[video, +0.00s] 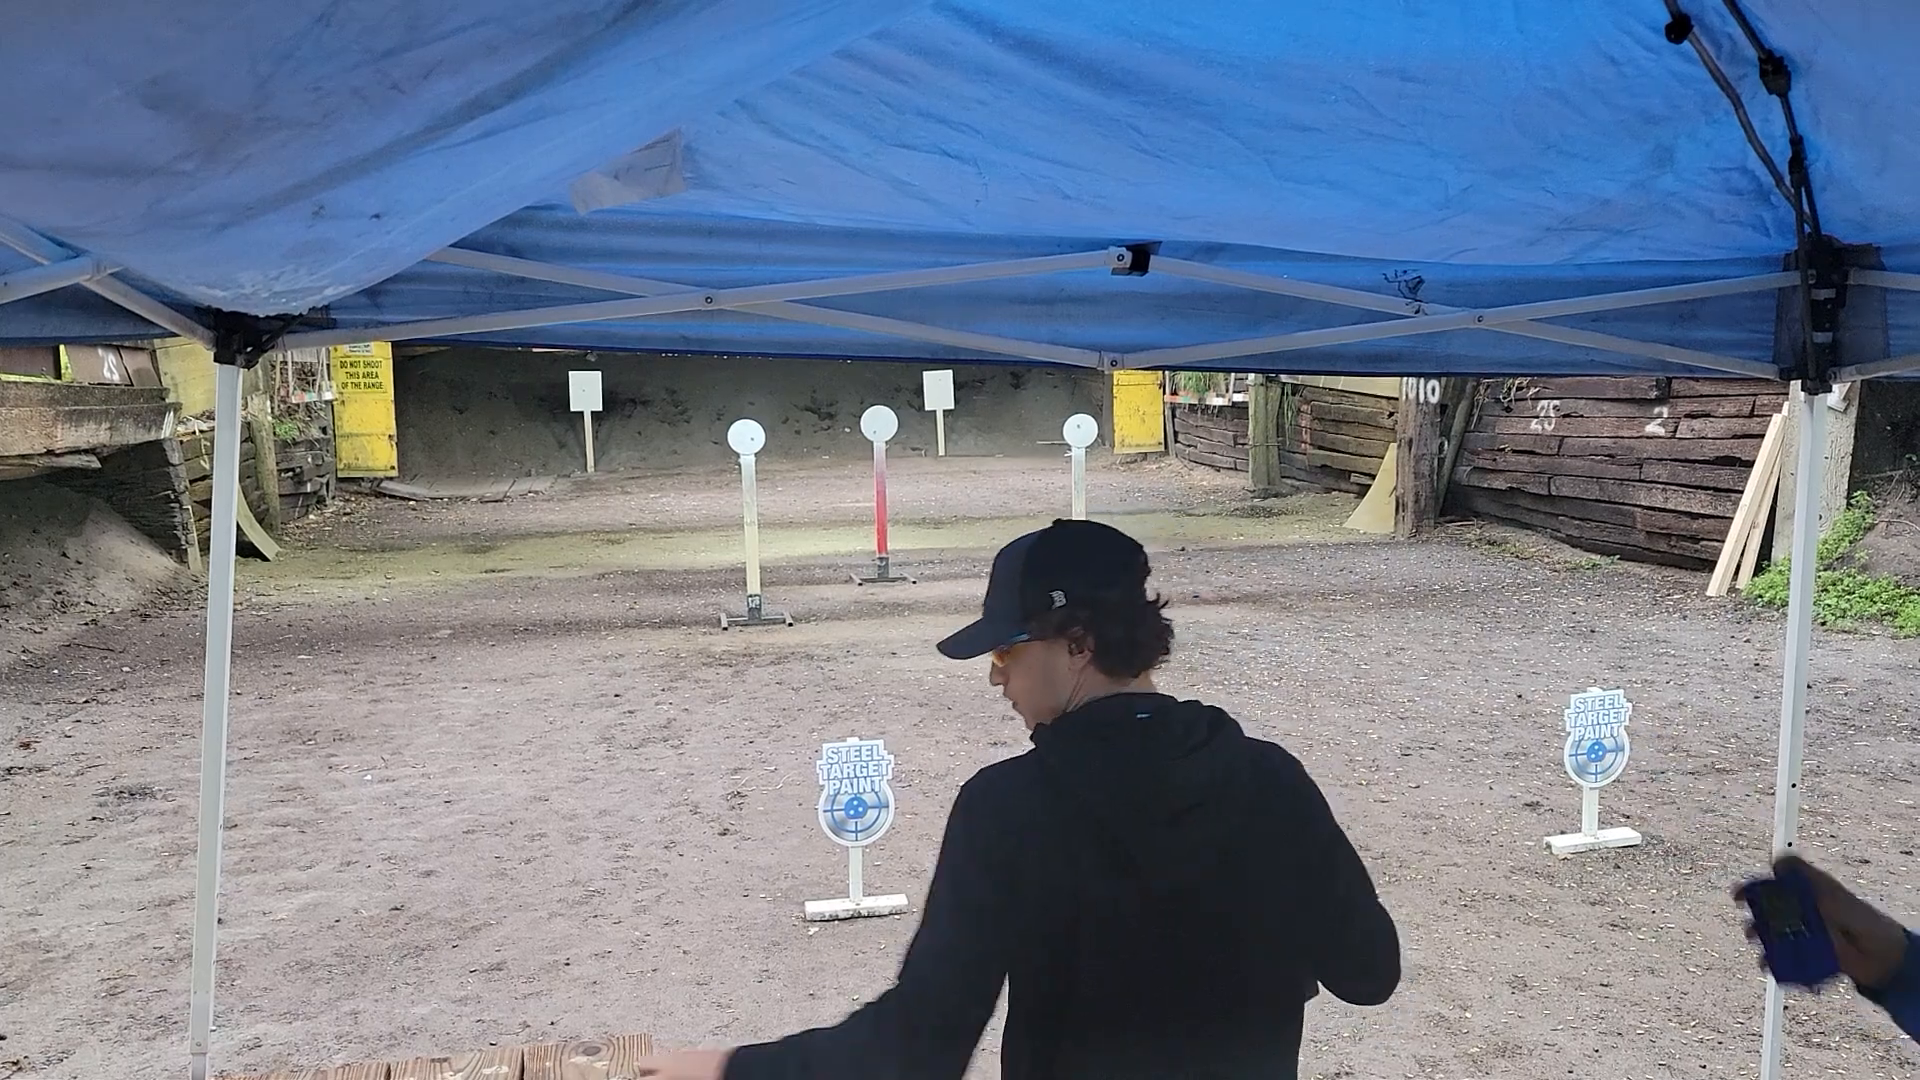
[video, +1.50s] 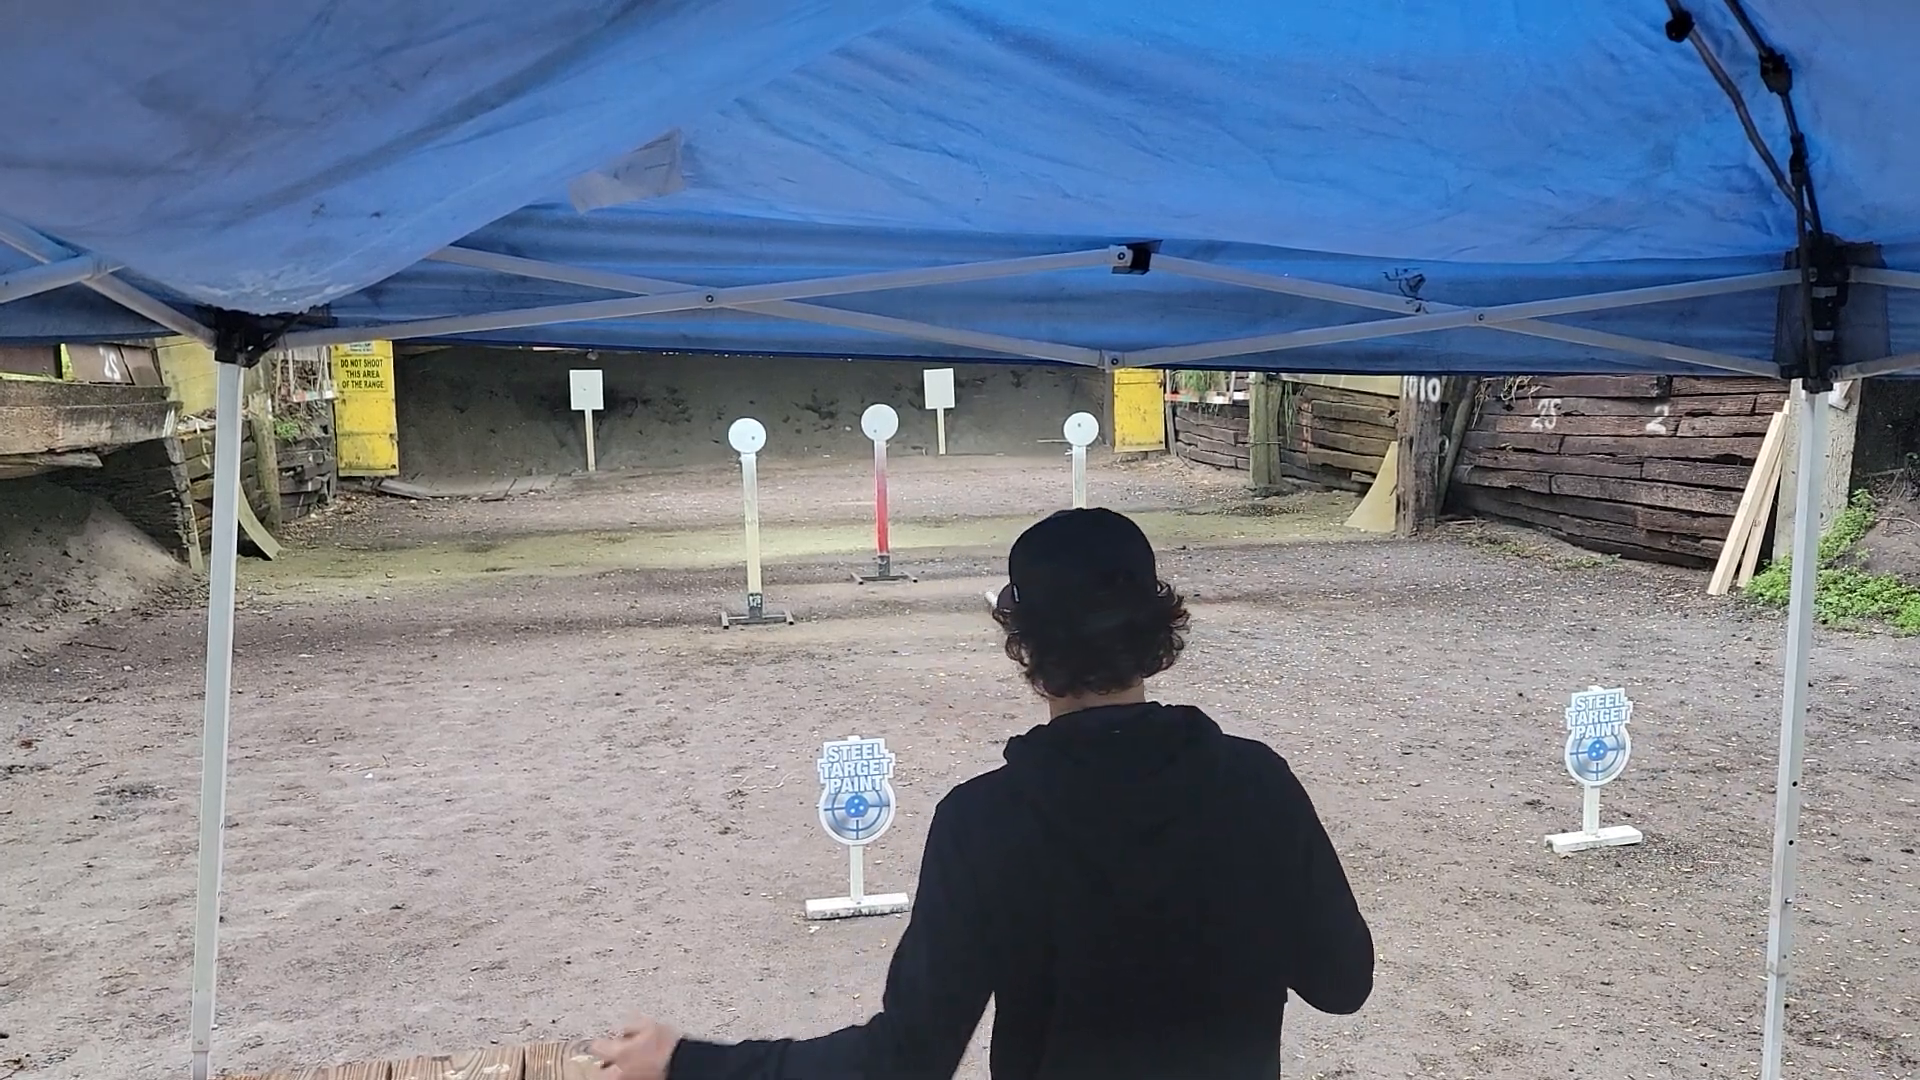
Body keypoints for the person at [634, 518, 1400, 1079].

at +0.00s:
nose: (995, 672)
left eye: (1008, 647)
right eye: (996, 648)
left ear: (1075, 644)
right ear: (1124, 639)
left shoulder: (1010, 804)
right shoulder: (1269, 778)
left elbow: (925, 1039)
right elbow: (1372, 972)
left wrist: (734, 1066)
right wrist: (1251, 901)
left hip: (1070, 1062)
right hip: (1248, 1069)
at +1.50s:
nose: (1016, 636)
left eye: (1014, 620)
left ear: (1021, 640)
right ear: (1162, 625)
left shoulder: (987, 818)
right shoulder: (1258, 784)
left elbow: (910, 1055)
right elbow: (1344, 980)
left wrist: (686, 1060)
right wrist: (1230, 893)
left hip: (1053, 1067)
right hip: (1226, 1071)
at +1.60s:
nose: (1022, 636)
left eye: (1023, 617)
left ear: (1032, 638)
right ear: (1166, 623)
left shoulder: (992, 821)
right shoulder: (1265, 788)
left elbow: (941, 1054)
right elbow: (1347, 988)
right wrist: (1221, 900)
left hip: (1058, 1072)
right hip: (1236, 1073)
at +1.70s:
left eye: (1034, 622)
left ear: (1043, 642)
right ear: (1178, 621)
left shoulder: (992, 821)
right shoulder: (1277, 793)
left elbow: (950, 1057)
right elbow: (1356, 994)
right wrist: (1236, 908)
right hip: (1235, 1071)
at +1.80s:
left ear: (1053, 645)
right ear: (1190, 624)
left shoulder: (994, 814)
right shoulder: (1285, 797)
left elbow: (960, 1030)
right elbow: (1365, 1000)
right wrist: (1241, 928)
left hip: (1061, 1070)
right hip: (1242, 1068)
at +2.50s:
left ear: (1086, 637)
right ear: (1225, 619)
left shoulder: (1019, 792)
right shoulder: (1317, 809)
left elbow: (1022, 965)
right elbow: (1387, 1023)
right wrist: (1264, 942)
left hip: (1068, 1072)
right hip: (1261, 1072)